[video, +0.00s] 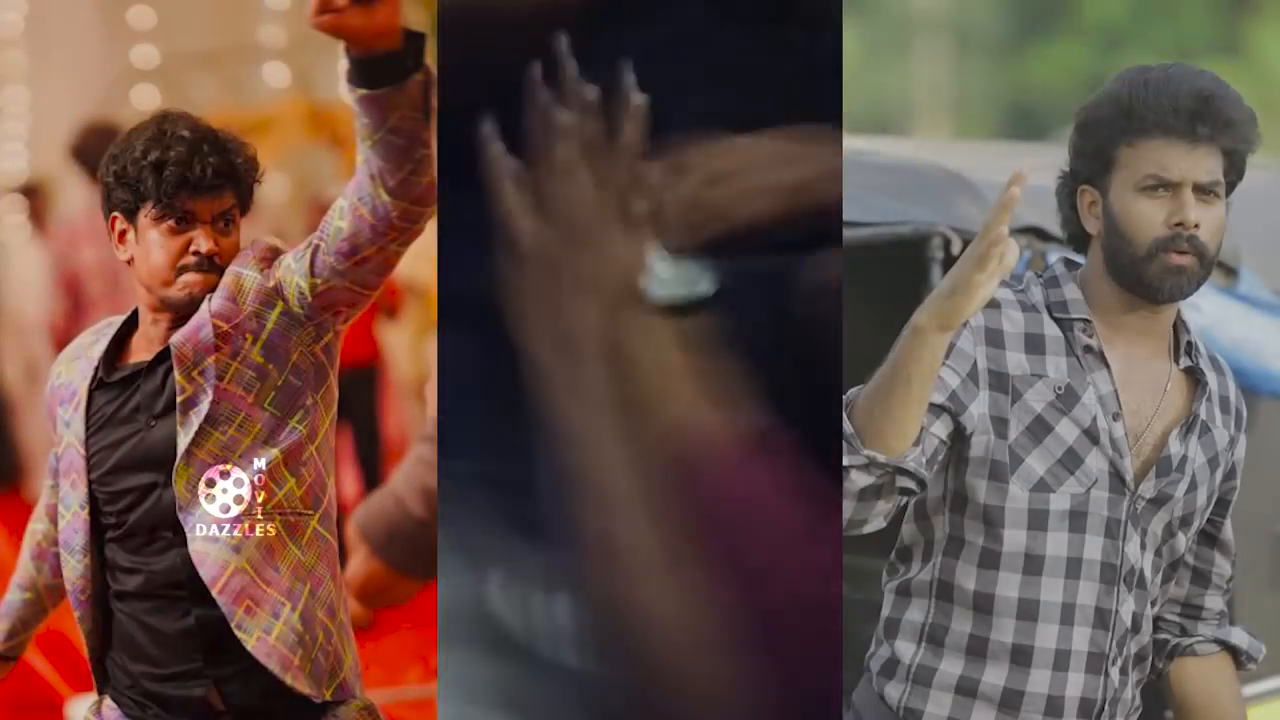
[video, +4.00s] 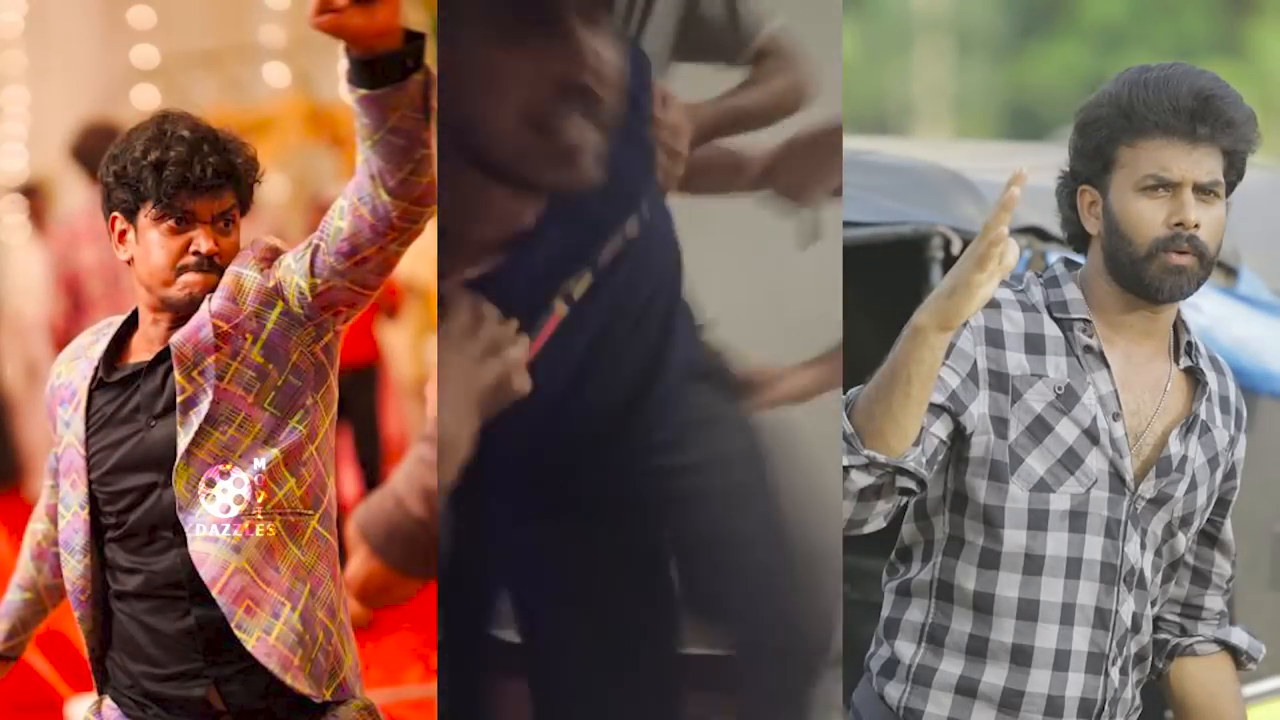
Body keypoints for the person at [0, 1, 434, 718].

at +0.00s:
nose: (206, 245)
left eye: (224, 222)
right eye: (179, 222)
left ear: (242, 230)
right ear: (122, 236)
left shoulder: (286, 313)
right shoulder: (75, 372)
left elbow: (393, 201)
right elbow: (56, 523)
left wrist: (380, 51)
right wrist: (8, 634)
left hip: (290, 700)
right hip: (140, 704)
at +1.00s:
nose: (206, 245)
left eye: (224, 222)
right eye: (179, 222)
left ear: (243, 230)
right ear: (122, 237)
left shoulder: (287, 312)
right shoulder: (76, 373)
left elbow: (393, 201)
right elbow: (56, 524)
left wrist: (380, 53)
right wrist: (8, 633)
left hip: (291, 700)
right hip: (140, 705)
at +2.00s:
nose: (206, 245)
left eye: (223, 222)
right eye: (179, 222)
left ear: (243, 230)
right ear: (122, 236)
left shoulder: (287, 312)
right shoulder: (76, 373)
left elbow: (394, 199)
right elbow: (56, 524)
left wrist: (380, 52)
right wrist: (7, 634)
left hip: (291, 700)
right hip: (140, 705)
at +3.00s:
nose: (206, 245)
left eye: (224, 223)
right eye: (179, 222)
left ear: (243, 230)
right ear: (122, 237)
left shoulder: (288, 312)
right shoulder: (76, 373)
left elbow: (395, 199)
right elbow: (56, 524)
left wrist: (380, 52)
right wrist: (8, 633)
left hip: (291, 700)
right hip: (140, 705)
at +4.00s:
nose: (206, 245)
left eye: (224, 223)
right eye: (179, 222)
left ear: (243, 230)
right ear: (123, 237)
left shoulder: (288, 311)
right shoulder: (76, 373)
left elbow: (394, 199)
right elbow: (56, 524)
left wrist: (381, 52)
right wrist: (8, 634)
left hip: (291, 700)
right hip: (140, 705)